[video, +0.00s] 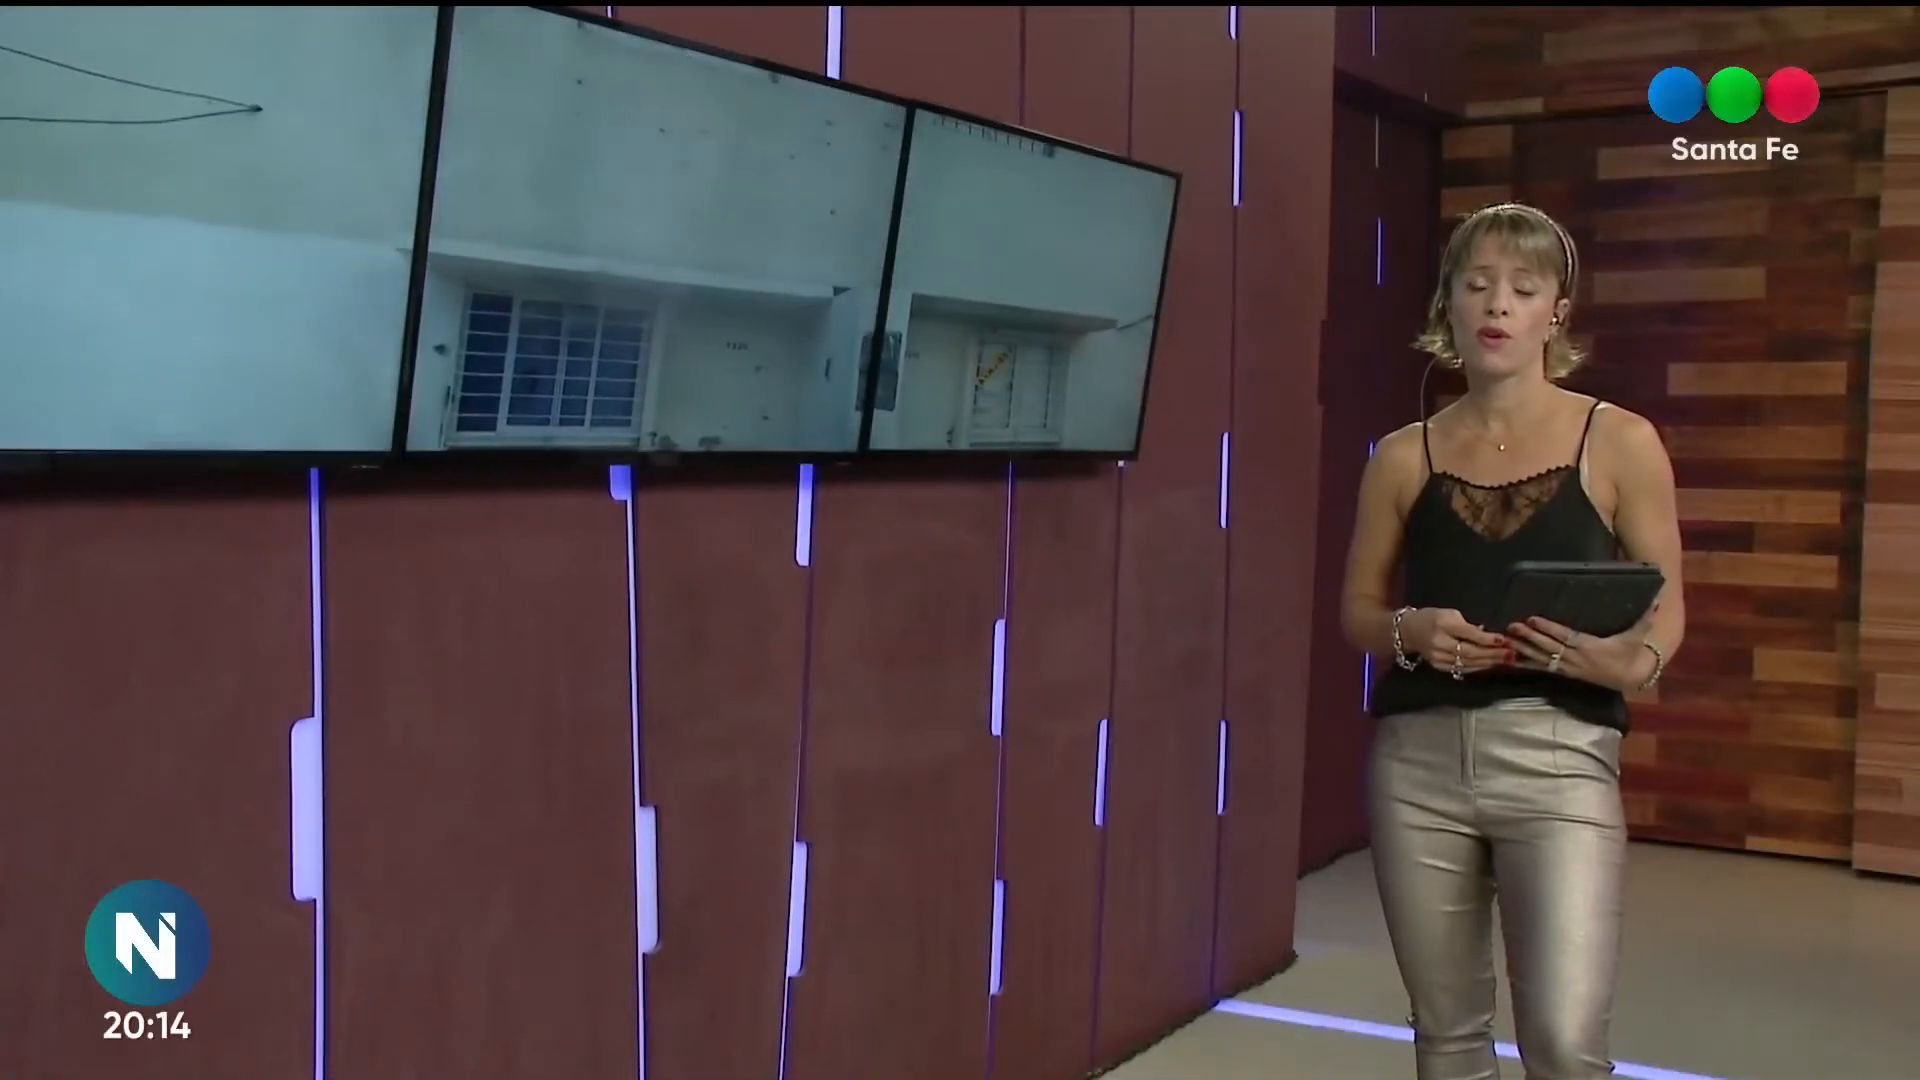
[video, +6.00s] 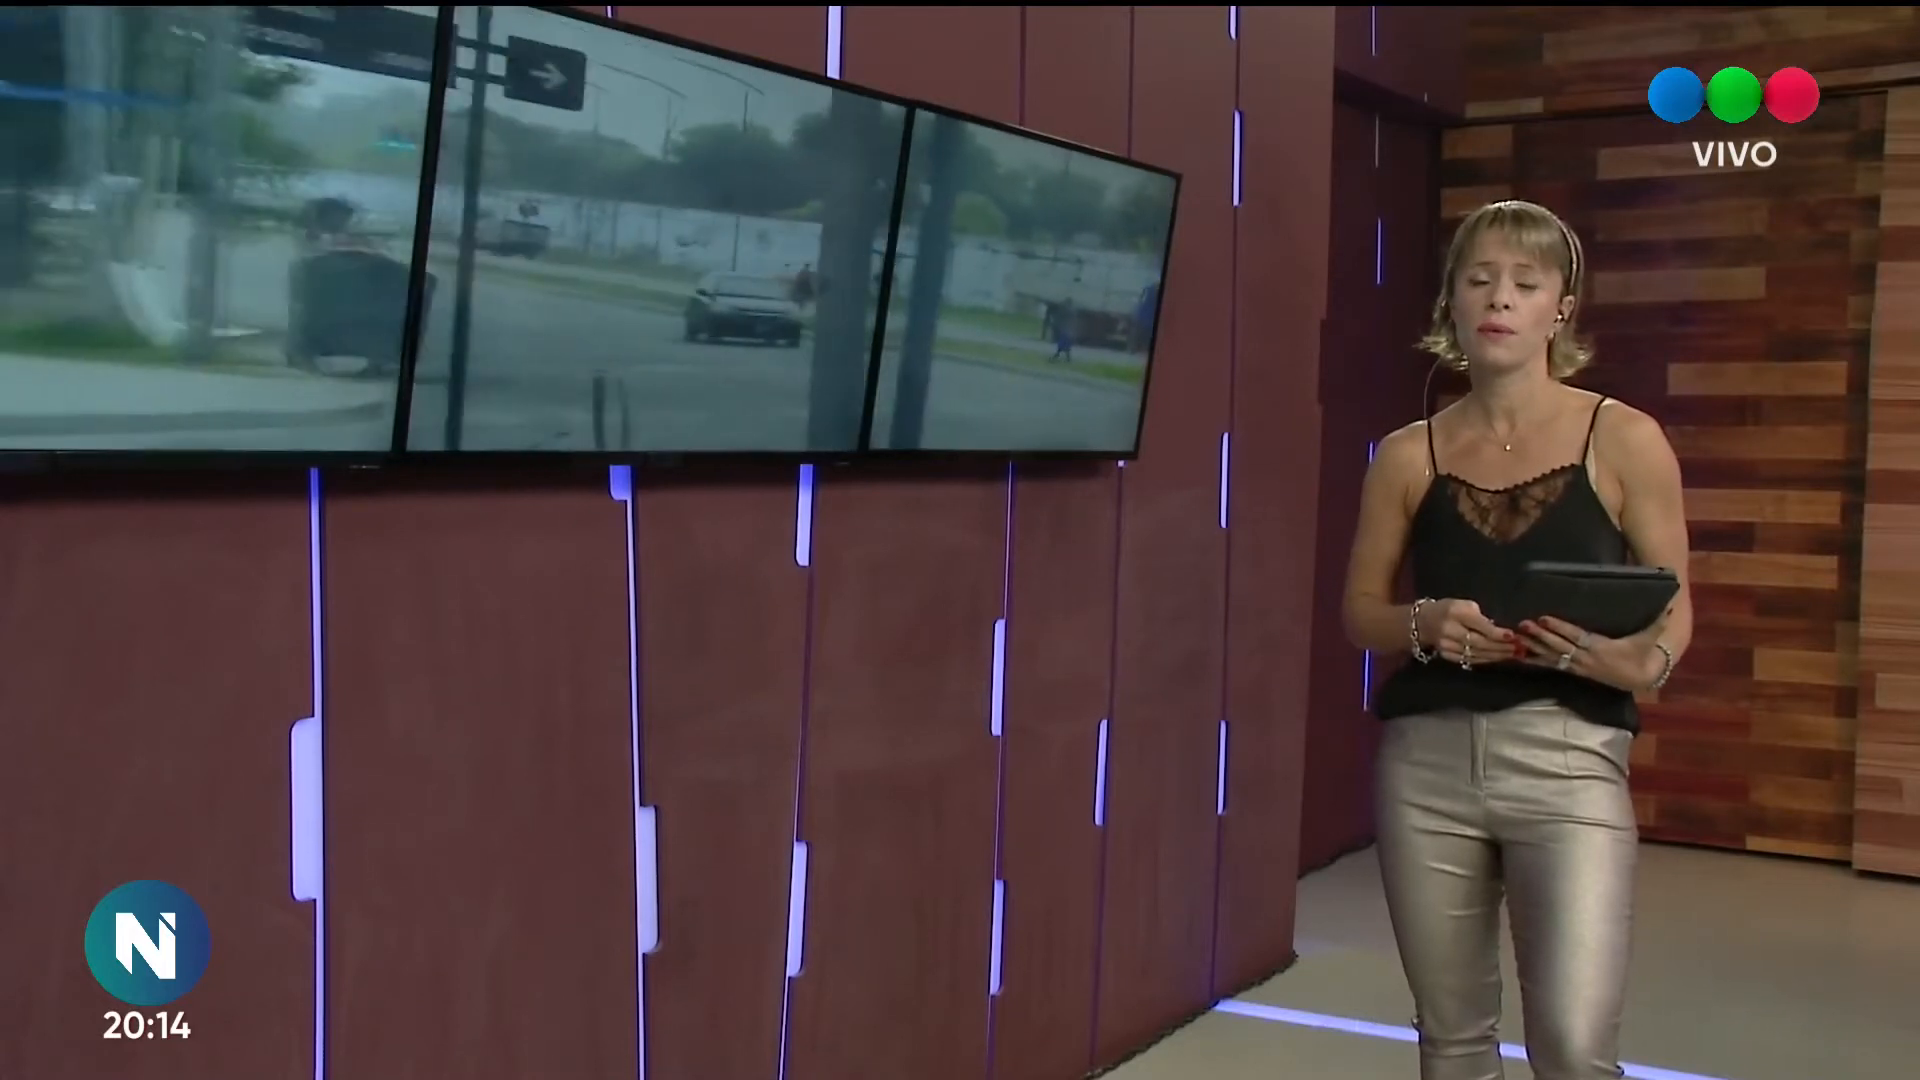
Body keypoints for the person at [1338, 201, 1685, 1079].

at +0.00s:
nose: (1494, 303)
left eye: (1520, 287)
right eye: (1476, 283)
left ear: (1555, 313)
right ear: (1448, 304)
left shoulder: (1620, 443)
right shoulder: (1401, 460)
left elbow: (1663, 604)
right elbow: (1357, 611)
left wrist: (1628, 664)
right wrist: (1405, 631)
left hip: (1557, 766)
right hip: (1416, 767)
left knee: (1563, 1048)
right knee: (1447, 1039)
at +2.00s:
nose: (1497, 305)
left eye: (1524, 288)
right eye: (1479, 284)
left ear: (1559, 313)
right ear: (1451, 305)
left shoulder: (1623, 444)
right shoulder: (1403, 459)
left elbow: (1665, 614)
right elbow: (1354, 611)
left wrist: (1627, 663)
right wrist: (1410, 629)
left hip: (1560, 768)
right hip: (1418, 768)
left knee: (1566, 1049)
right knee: (1447, 1041)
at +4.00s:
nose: (1490, 304)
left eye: (1517, 288)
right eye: (1471, 283)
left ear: (1552, 314)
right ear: (1443, 305)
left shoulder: (1617, 442)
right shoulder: (1398, 459)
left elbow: (1662, 605)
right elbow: (1352, 614)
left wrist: (1628, 662)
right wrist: (1407, 629)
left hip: (1557, 767)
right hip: (1415, 768)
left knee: (1562, 1049)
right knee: (1445, 1041)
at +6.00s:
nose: (1496, 296)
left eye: (1523, 280)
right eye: (1477, 278)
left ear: (1560, 310)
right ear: (1451, 304)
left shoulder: (1626, 441)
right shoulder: (1406, 457)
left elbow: (1672, 609)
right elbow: (1360, 613)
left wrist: (1632, 665)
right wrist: (1421, 624)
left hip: (1570, 771)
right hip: (1426, 771)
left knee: (1573, 1051)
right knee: (1452, 1042)